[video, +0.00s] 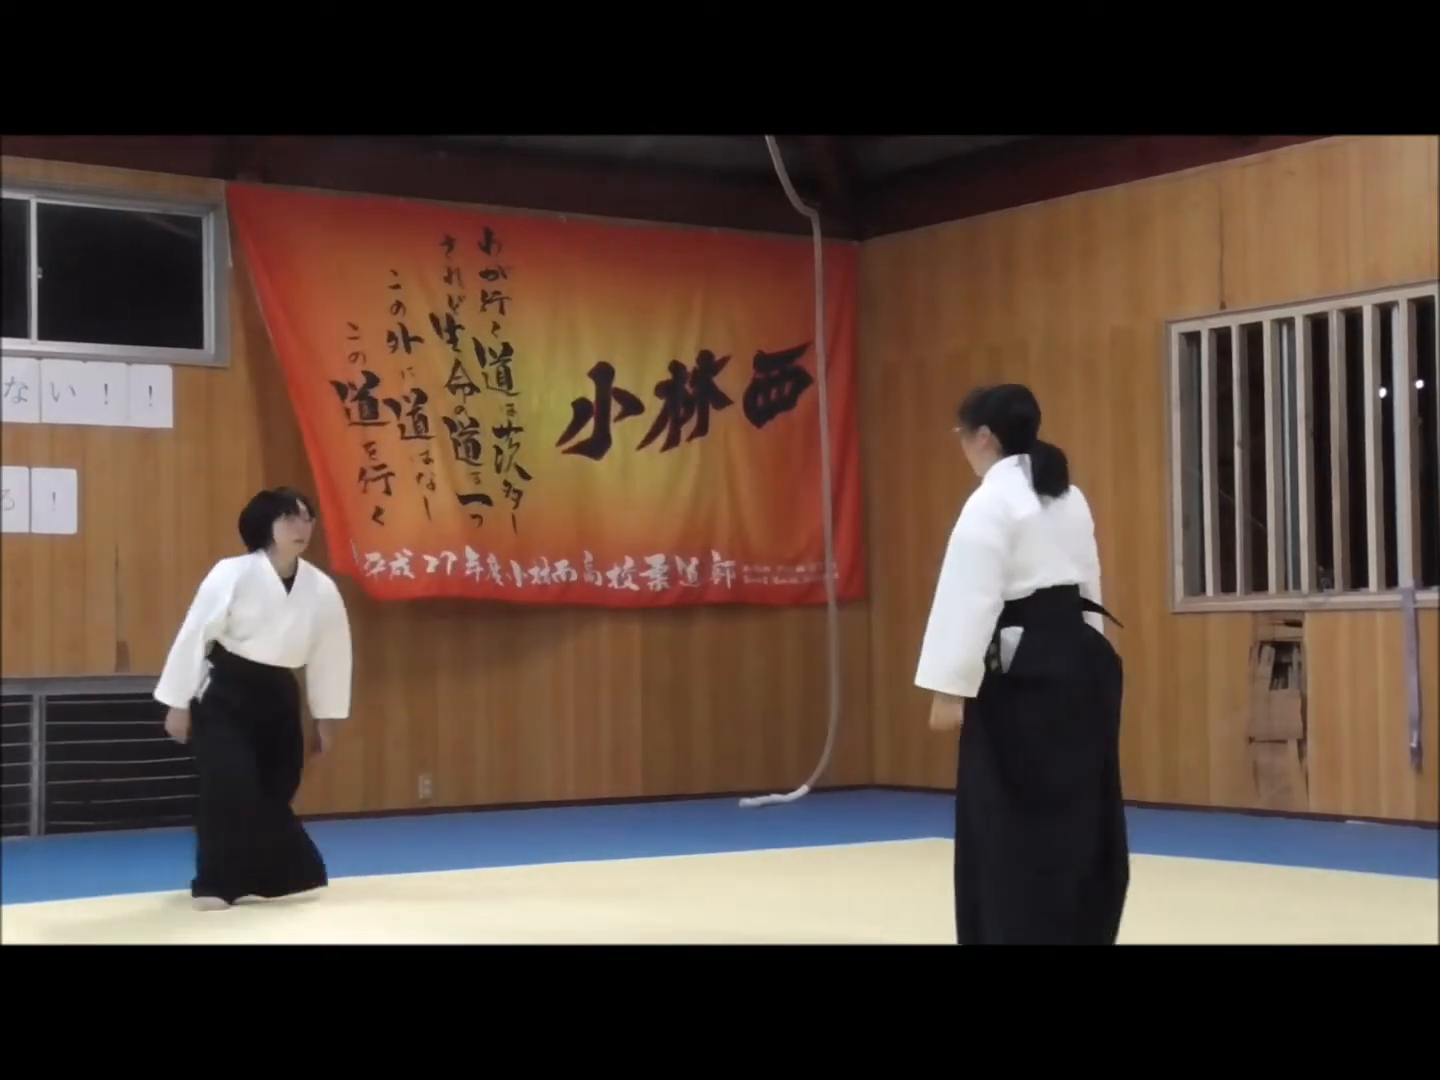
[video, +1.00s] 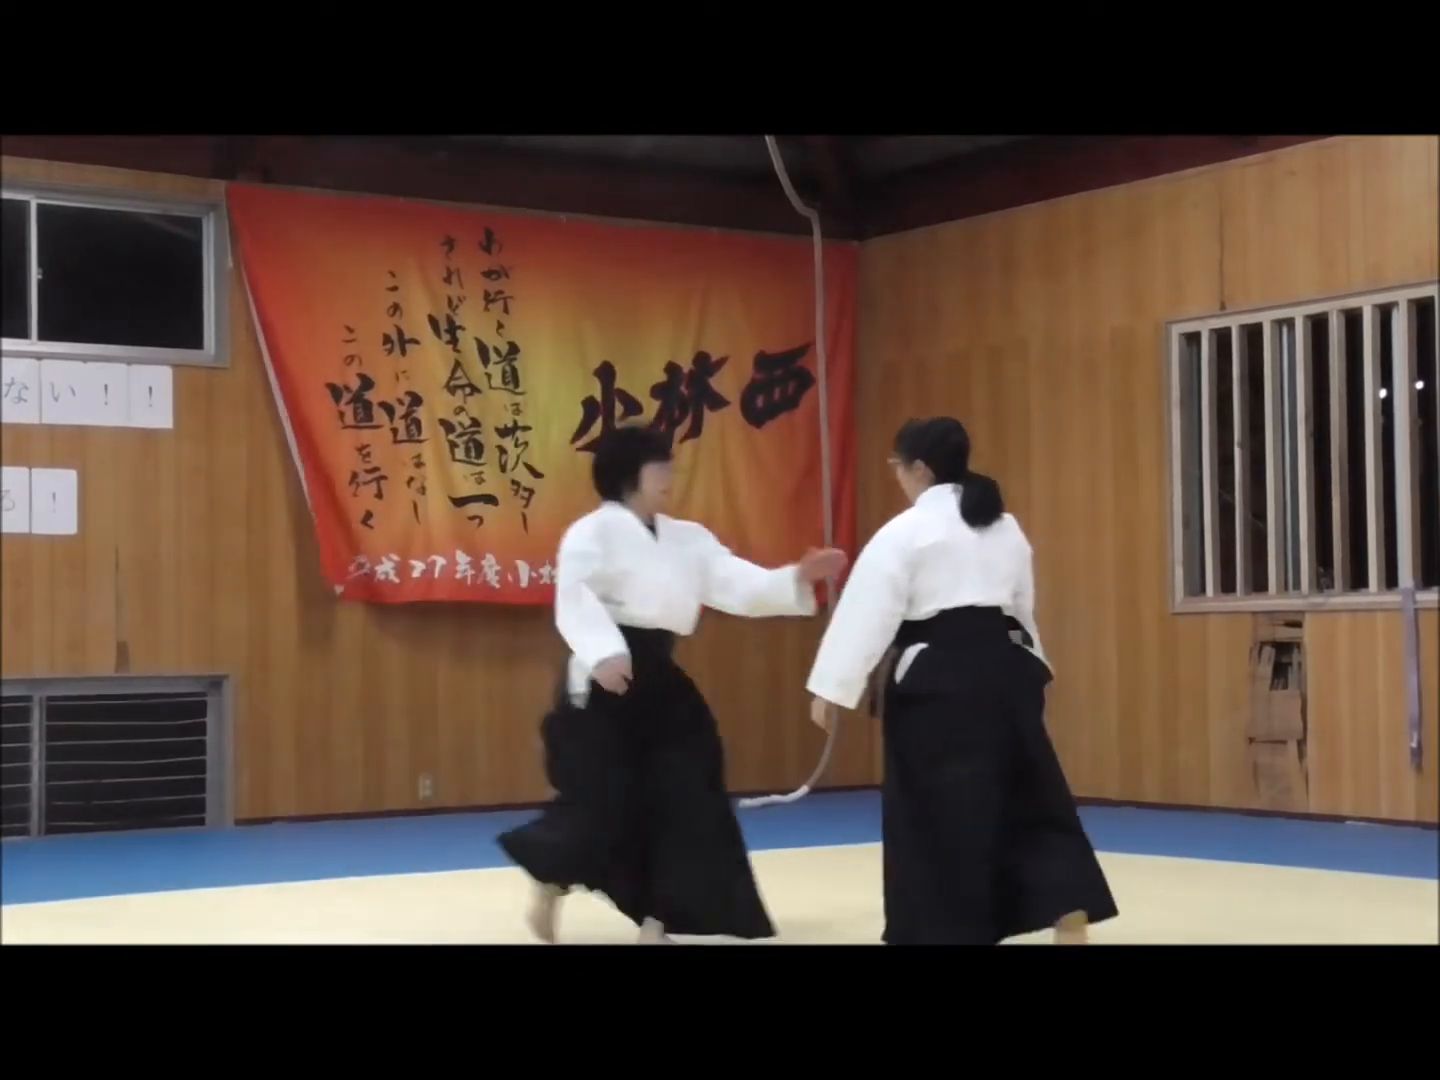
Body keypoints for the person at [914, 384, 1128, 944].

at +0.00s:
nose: (962, 448)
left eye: (964, 437)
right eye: (962, 437)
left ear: (987, 437)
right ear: (1020, 435)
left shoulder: (991, 503)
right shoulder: (1068, 493)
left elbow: (970, 597)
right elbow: (1088, 581)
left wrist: (950, 687)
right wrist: (1088, 645)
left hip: (1023, 664)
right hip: (1087, 660)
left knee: (1007, 808)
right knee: (1079, 806)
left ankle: (1015, 928)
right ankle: (1077, 928)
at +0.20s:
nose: (980, 445)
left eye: (983, 435)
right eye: (980, 435)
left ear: (1007, 437)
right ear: (1045, 435)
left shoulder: (1003, 505)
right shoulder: (1092, 499)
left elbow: (979, 597)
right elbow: (1109, 591)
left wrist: (957, 683)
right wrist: (1107, 657)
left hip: (1034, 667)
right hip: (1101, 663)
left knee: (1012, 810)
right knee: (1092, 808)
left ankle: (1011, 929)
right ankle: (1093, 930)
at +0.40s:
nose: (995, 451)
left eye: (997, 441)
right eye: (994, 441)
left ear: (1019, 442)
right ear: (1058, 439)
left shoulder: (1009, 507)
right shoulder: (1106, 505)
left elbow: (980, 598)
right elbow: (1125, 595)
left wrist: (955, 681)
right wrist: (1125, 664)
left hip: (1039, 668)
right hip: (1110, 664)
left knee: (1015, 807)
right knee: (1098, 808)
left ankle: (1009, 928)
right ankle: (1096, 929)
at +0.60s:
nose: (986, 461)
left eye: (988, 451)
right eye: (985, 451)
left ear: (1009, 450)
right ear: (1050, 446)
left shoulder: (994, 514)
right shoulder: (1098, 511)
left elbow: (963, 604)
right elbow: (1121, 602)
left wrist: (940, 684)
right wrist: (1135, 679)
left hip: (1021, 676)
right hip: (1097, 671)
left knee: (1003, 811)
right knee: (1090, 813)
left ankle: (1006, 929)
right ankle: (1090, 931)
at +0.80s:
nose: (951, 476)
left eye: (954, 465)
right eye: (951, 465)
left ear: (975, 466)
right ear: (1011, 463)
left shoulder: (956, 530)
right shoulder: (1061, 525)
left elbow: (921, 616)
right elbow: (1090, 610)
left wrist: (890, 691)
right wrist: (1106, 684)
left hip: (987, 682)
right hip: (1063, 678)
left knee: (962, 803)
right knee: (1068, 806)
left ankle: (948, 919)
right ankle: (1078, 923)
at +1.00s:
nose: (897, 477)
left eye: (899, 467)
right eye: (897, 467)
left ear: (917, 469)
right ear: (956, 466)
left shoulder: (903, 533)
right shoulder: (1004, 526)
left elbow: (865, 613)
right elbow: (1021, 608)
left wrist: (831, 685)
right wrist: (1034, 668)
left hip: (935, 675)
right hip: (1009, 669)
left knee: (934, 802)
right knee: (1029, 791)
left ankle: (940, 927)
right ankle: (1069, 907)